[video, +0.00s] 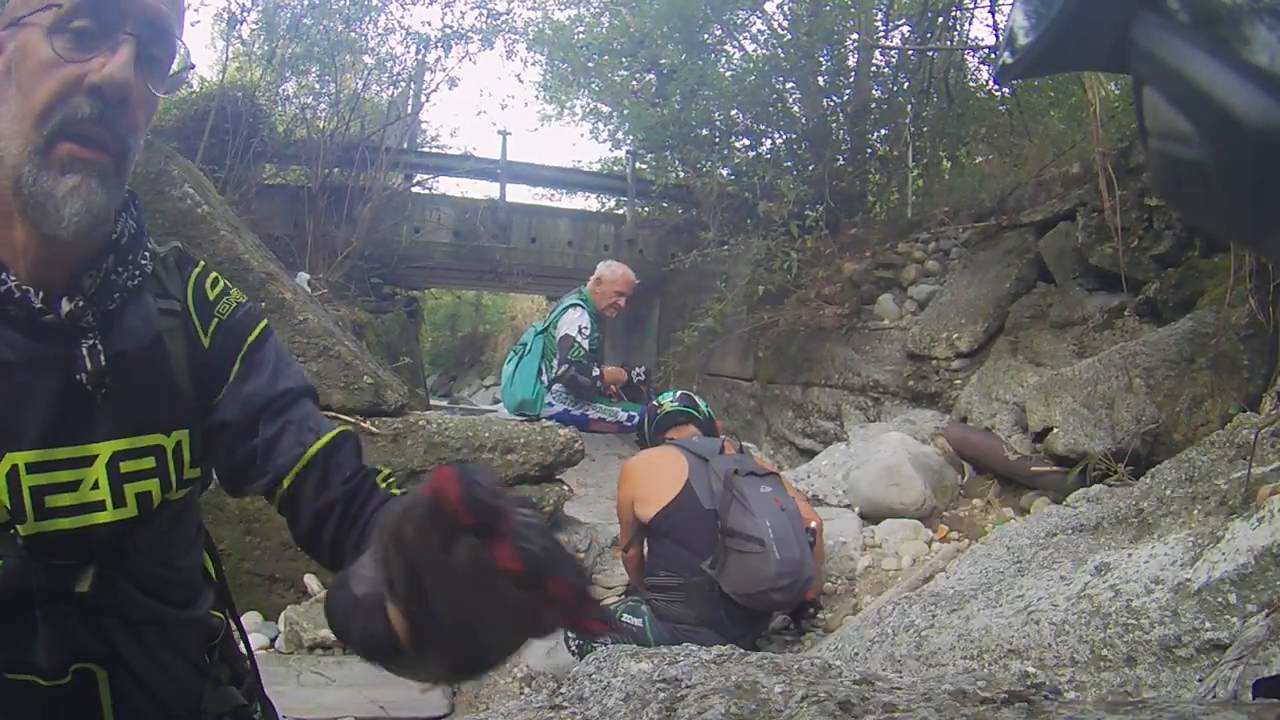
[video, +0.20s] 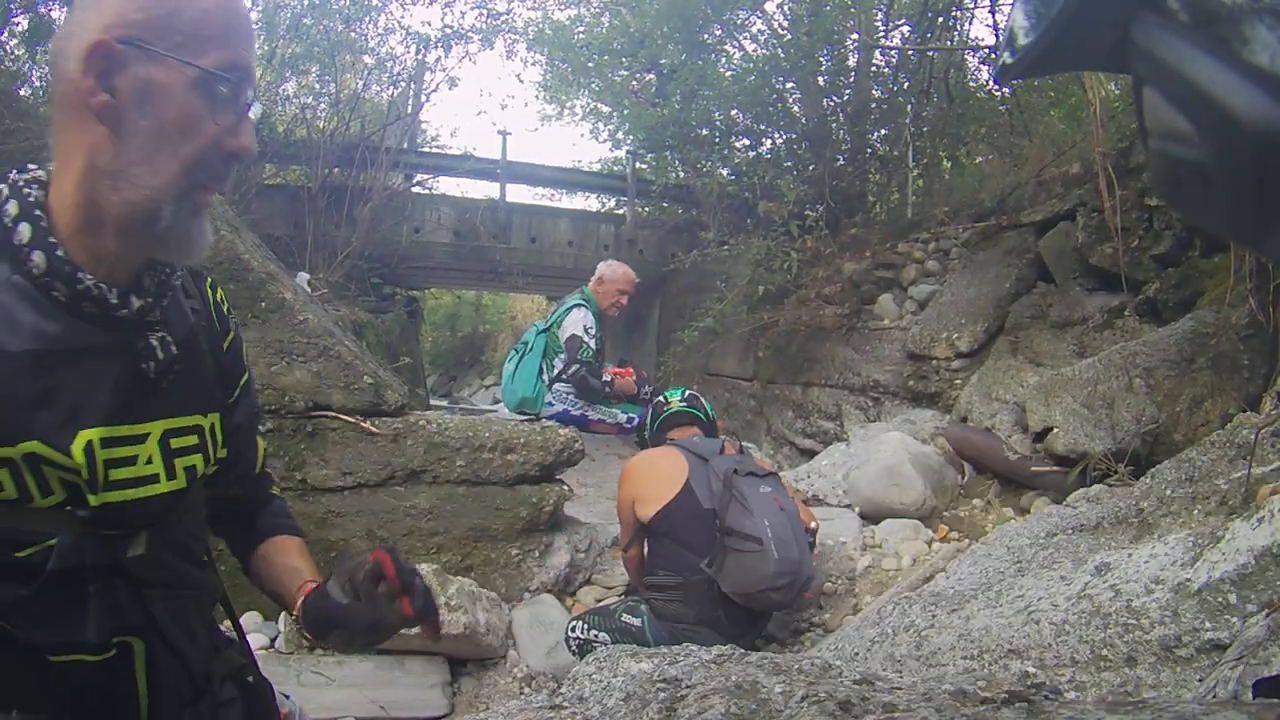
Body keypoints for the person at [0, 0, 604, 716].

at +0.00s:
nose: (119, 77)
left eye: (151, 58)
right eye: (77, 32)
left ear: (158, 104)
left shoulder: (182, 305)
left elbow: (342, 505)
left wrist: (436, 591)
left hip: (184, 689)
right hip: (29, 687)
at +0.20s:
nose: (247, 140)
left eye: (248, 100)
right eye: (223, 88)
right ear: (101, 83)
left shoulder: (198, 312)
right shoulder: (10, 299)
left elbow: (245, 495)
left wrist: (310, 599)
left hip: (213, 699)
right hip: (41, 707)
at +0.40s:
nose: (308, 222)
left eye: (317, 188)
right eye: (308, 179)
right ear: (229, 136)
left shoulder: (194, 316)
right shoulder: (25, 297)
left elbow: (180, 505)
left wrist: (262, 595)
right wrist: (96, 684)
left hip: (205, 677)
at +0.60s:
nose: (328, 280)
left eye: (338, 255)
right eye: (334, 247)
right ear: (282, 206)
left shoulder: (203, 330)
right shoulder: (83, 314)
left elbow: (155, 521)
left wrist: (237, 597)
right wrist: (146, 701)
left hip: (186, 659)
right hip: (64, 696)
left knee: (342, 708)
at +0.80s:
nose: (335, 321)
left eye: (347, 302)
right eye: (346, 296)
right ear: (314, 265)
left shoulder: (221, 334)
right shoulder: (161, 317)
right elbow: (4, 474)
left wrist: (222, 591)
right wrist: (129, 701)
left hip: (192, 649)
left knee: (326, 689)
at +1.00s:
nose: (340, 313)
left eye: (353, 296)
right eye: (353, 290)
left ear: (269, 229)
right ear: (331, 262)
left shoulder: (238, 310)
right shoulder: (197, 287)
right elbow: (56, 436)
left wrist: (218, 598)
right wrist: (144, 700)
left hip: (182, 625)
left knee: (319, 686)